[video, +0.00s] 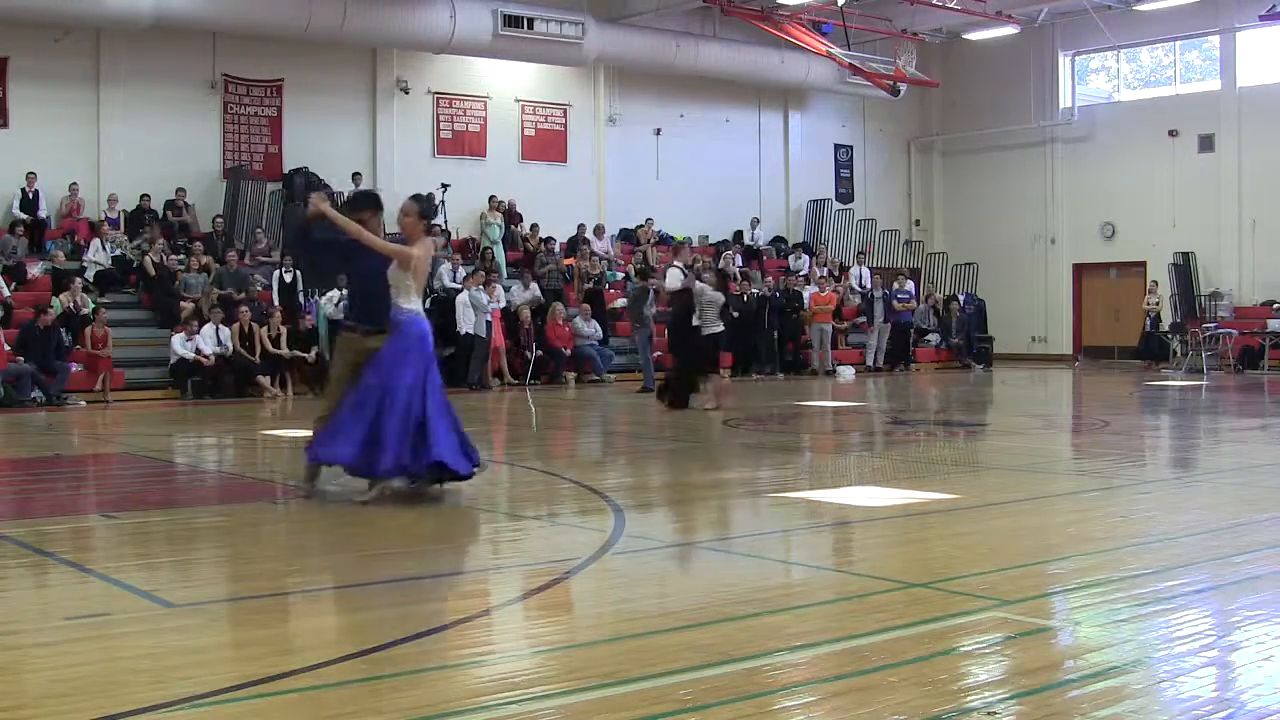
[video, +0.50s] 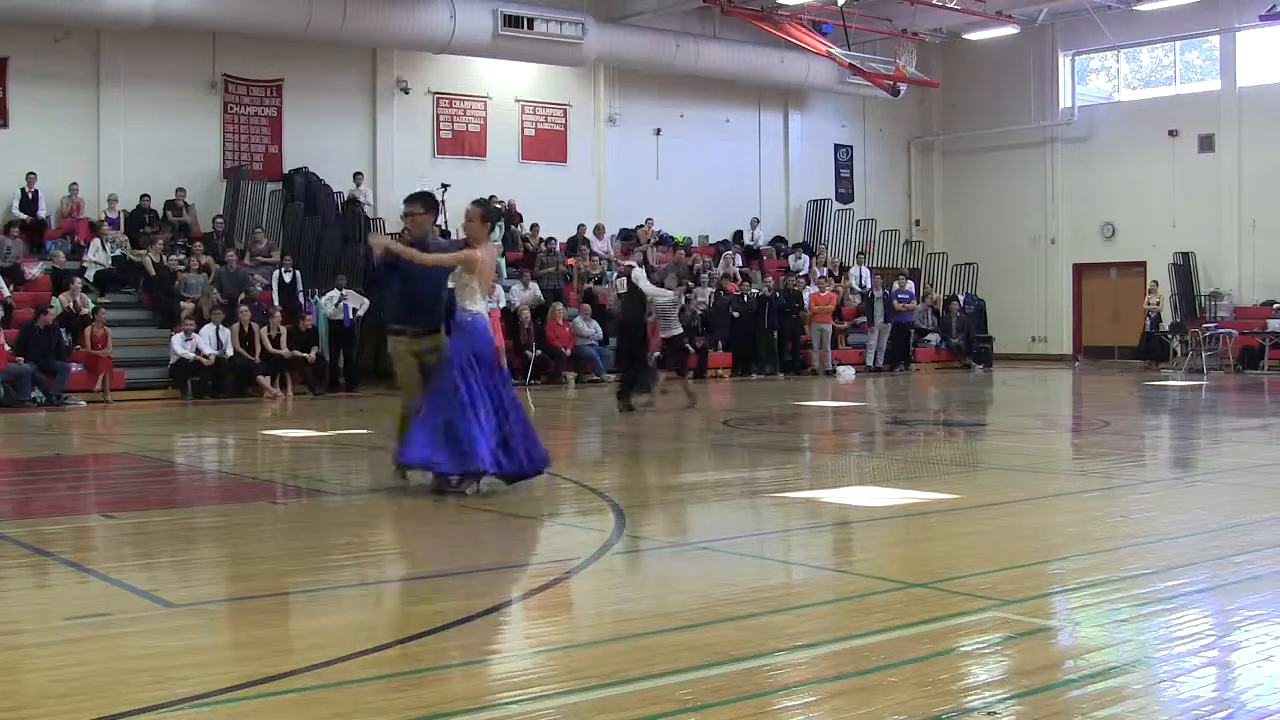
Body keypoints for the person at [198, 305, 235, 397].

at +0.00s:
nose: (216, 316)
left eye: (218, 313)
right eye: (213, 313)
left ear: (222, 315)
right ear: (209, 315)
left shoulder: (226, 330)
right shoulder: (205, 330)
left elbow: (230, 347)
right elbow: (207, 348)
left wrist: (226, 350)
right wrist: (220, 350)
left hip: (225, 355)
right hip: (212, 356)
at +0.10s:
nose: (216, 315)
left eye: (218, 312)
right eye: (213, 313)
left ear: (222, 315)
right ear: (209, 315)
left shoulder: (226, 330)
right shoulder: (204, 330)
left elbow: (230, 347)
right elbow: (205, 348)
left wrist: (226, 354)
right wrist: (217, 349)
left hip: (225, 356)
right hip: (211, 357)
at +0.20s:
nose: (216, 315)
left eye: (218, 312)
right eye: (213, 313)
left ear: (222, 315)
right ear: (209, 315)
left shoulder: (226, 330)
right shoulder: (204, 330)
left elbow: (230, 347)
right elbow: (204, 347)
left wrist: (226, 354)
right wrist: (214, 351)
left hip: (224, 354)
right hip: (211, 355)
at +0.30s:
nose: (216, 315)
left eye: (219, 313)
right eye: (214, 313)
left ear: (222, 315)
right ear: (210, 315)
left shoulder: (227, 330)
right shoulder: (204, 330)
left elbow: (229, 346)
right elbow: (204, 347)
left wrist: (227, 354)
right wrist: (214, 352)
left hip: (224, 356)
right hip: (211, 356)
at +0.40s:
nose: (217, 316)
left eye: (219, 314)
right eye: (214, 314)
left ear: (223, 316)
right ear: (210, 316)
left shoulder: (227, 331)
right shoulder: (204, 330)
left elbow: (229, 347)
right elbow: (204, 347)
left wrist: (227, 354)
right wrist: (214, 353)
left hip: (224, 356)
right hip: (211, 356)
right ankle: (218, 390)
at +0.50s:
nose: (217, 317)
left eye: (219, 314)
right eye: (214, 314)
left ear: (223, 316)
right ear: (210, 316)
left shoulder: (227, 331)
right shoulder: (204, 330)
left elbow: (229, 347)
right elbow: (203, 346)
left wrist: (227, 354)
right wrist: (214, 353)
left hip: (223, 356)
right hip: (210, 356)